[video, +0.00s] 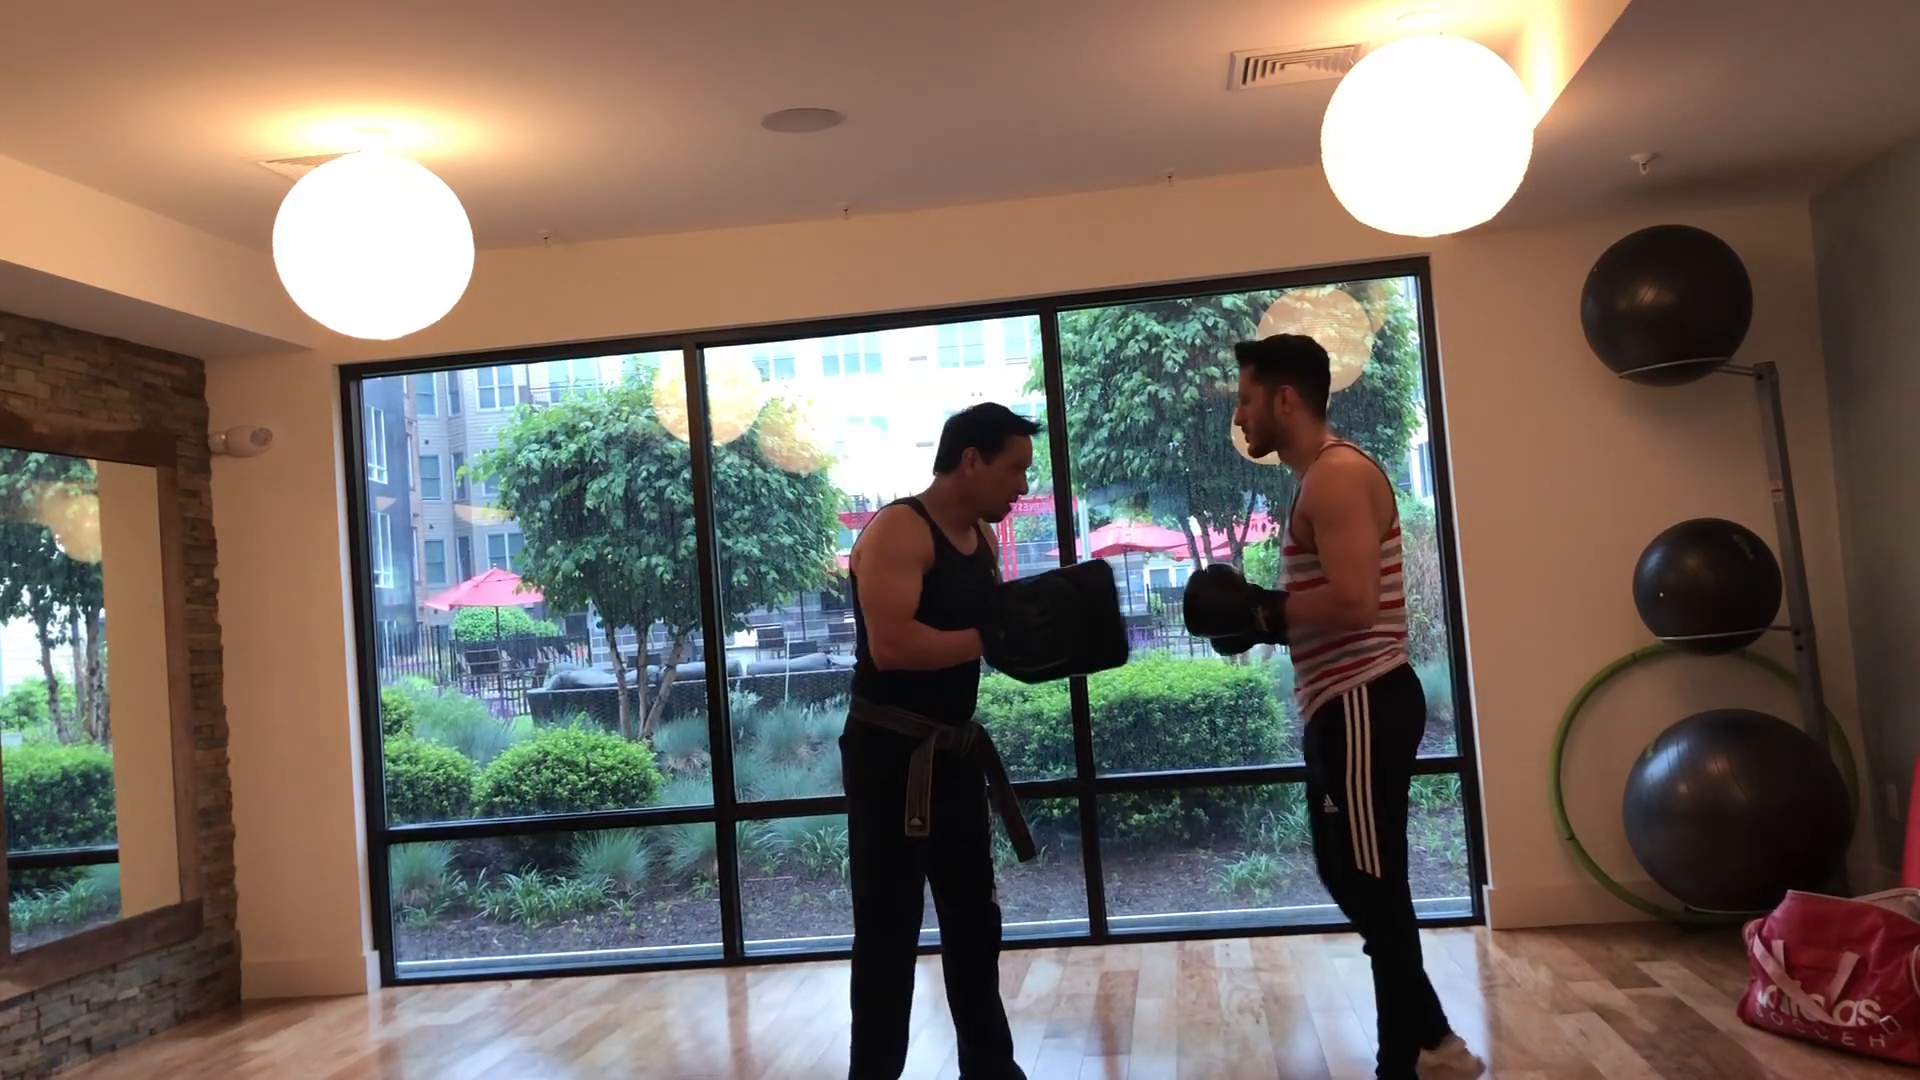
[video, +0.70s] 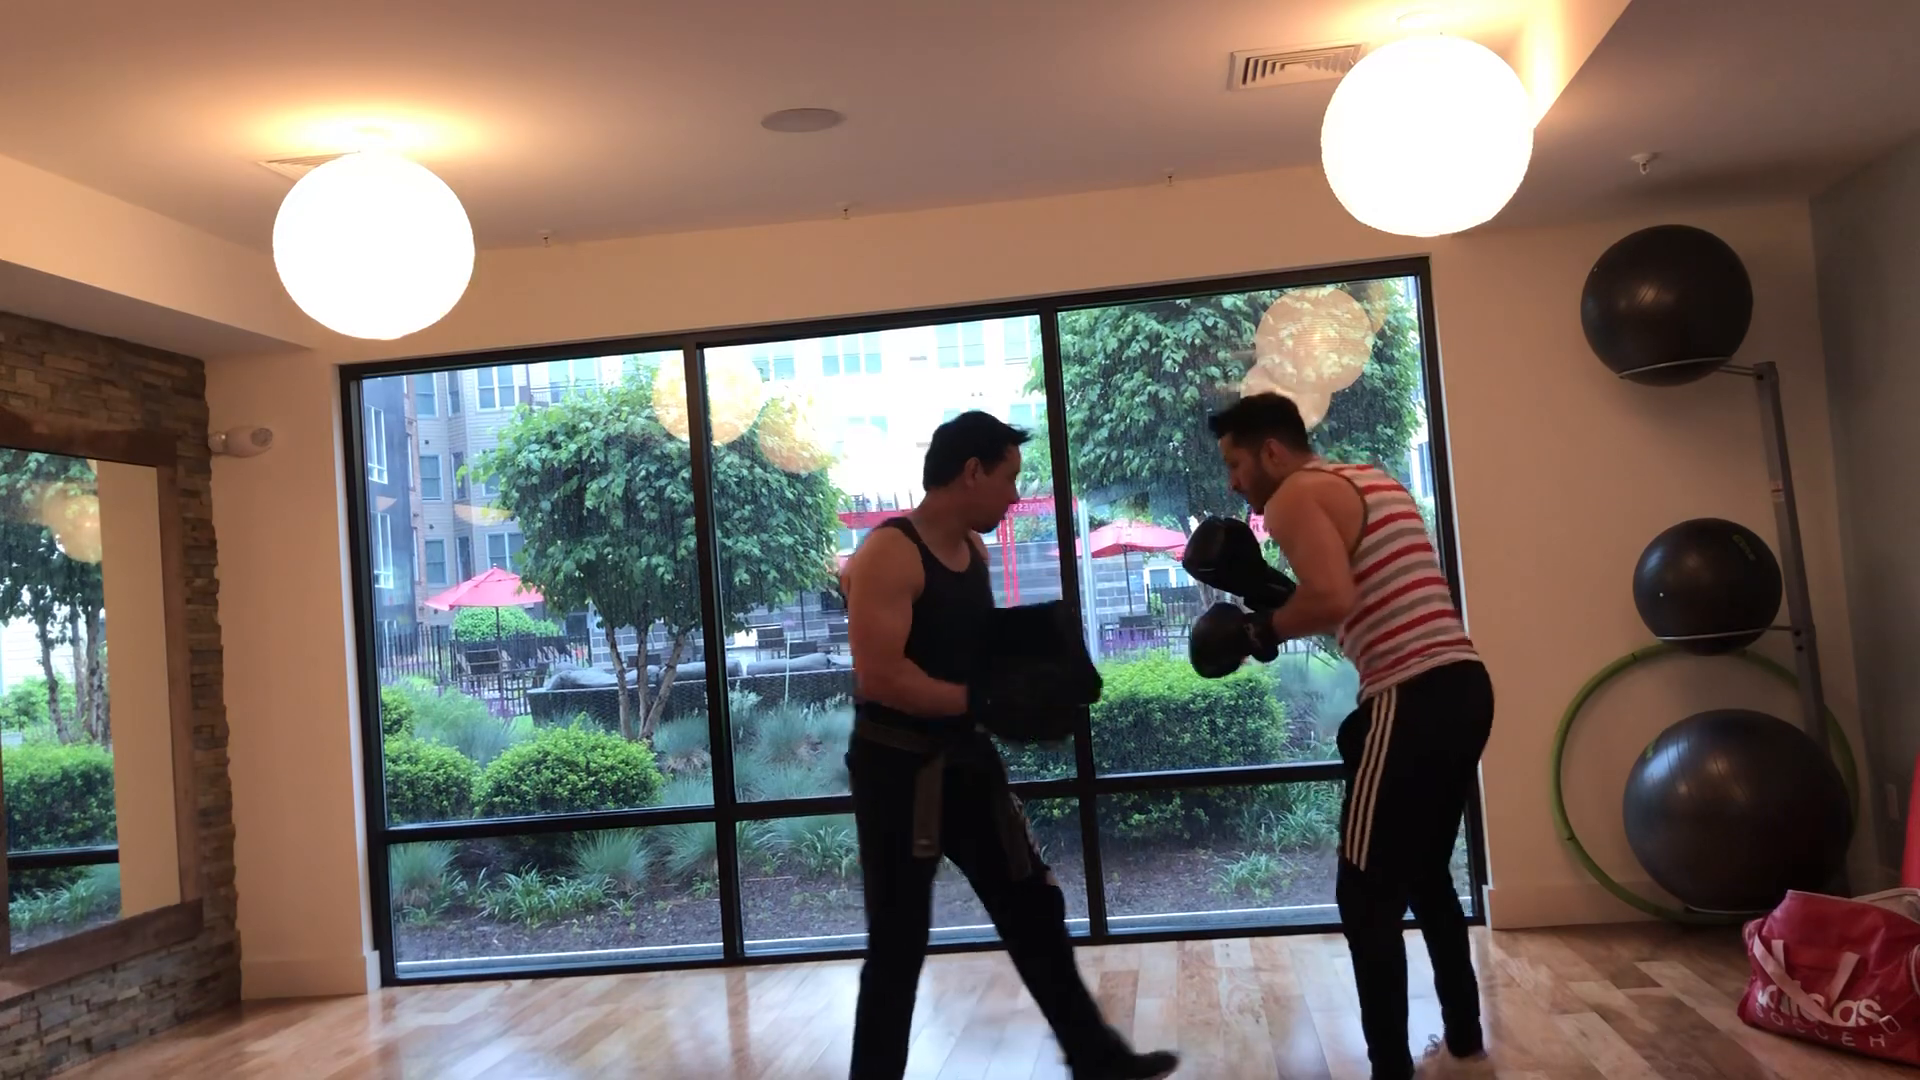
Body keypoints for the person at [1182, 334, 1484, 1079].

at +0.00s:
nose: (1237, 413)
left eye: (1245, 398)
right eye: (1238, 399)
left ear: (1283, 397)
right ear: (1291, 400)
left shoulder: (1337, 475)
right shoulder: (1321, 478)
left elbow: (1354, 603)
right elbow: (1337, 597)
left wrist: (1263, 613)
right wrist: (1261, 608)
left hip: (1365, 698)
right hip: (1343, 699)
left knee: (1370, 879)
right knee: (1348, 874)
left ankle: (1402, 1062)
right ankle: (1432, 1041)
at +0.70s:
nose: (1232, 483)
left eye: (1234, 465)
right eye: (1227, 468)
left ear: (1270, 450)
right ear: (1286, 448)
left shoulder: (1297, 496)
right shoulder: (1368, 476)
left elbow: (1331, 597)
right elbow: (1355, 603)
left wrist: (1262, 626)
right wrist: (1265, 585)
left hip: (1408, 698)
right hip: (1461, 686)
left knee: (1364, 893)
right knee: (1427, 870)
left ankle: (1388, 1068)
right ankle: (1465, 1037)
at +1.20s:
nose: (1229, 540)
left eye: (1234, 520)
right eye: (1226, 523)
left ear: (1277, 514)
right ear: (1283, 514)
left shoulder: (1352, 578)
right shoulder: (1346, 566)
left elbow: (1294, 708)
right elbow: (1299, 686)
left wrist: (1243, 627)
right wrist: (1251, 634)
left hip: (1483, 759)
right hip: (1455, 757)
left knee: (1389, 934)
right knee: (1407, 924)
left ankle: (1431, 1072)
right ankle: (1474, 1058)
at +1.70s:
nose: (1258, 505)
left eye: (1260, 483)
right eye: (1251, 490)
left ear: (1305, 463)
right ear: (1316, 468)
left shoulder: (1336, 523)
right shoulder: (1388, 506)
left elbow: (1351, 628)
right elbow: (1385, 632)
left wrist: (1260, 652)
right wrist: (1296, 618)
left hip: (1456, 728)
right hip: (1487, 718)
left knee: (1427, 912)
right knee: (1445, 900)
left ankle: (1452, 1069)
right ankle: (1483, 1051)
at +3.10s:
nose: (1269, 554)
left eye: (1274, 539)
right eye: (1268, 539)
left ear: (1315, 535)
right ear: (1320, 533)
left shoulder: (1414, 601)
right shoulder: (1359, 580)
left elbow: (1349, 731)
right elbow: (1383, 662)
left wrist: (1293, 646)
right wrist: (1320, 702)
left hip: (1508, 752)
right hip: (1458, 750)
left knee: (1414, 919)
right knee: (1427, 914)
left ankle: (1458, 1075)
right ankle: (1547, 1038)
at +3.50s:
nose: (1258, 495)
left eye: (1259, 476)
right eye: (1254, 480)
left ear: (1298, 462)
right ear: (1308, 463)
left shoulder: (1360, 522)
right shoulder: (1376, 509)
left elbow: (1342, 650)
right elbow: (1370, 644)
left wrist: (1260, 643)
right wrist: (1292, 654)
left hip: (1464, 723)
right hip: (1466, 717)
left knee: (1415, 910)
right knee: (1447, 893)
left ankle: (1457, 1067)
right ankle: (1493, 1044)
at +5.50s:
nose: (1295, 535)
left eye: (1296, 518)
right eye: (1290, 524)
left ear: (1337, 502)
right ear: (1353, 501)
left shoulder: (1375, 527)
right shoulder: (1417, 549)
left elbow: (1420, 583)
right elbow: (1369, 673)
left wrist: (1320, 601)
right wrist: (1308, 623)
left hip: (1502, 702)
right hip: (1552, 702)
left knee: (1398, 876)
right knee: (1481, 867)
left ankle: (1468, 1064)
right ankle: (1530, 1037)